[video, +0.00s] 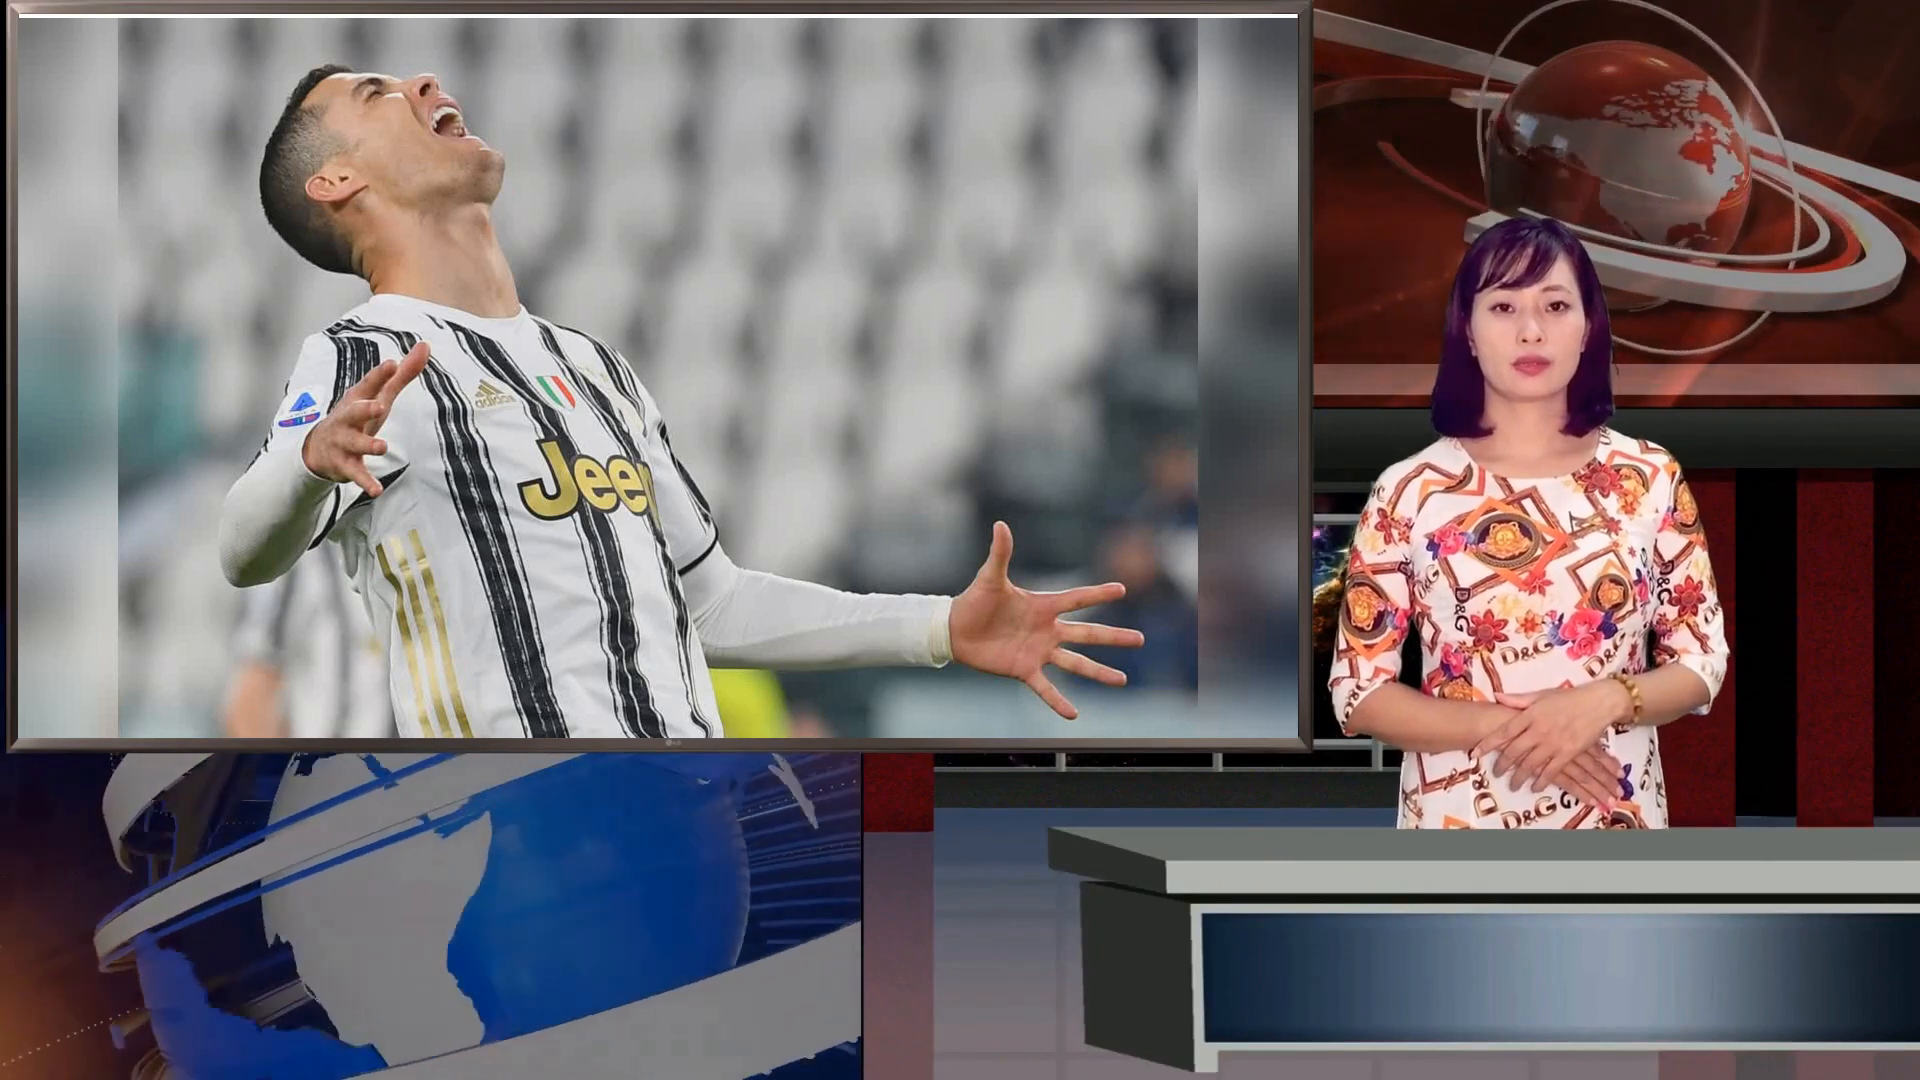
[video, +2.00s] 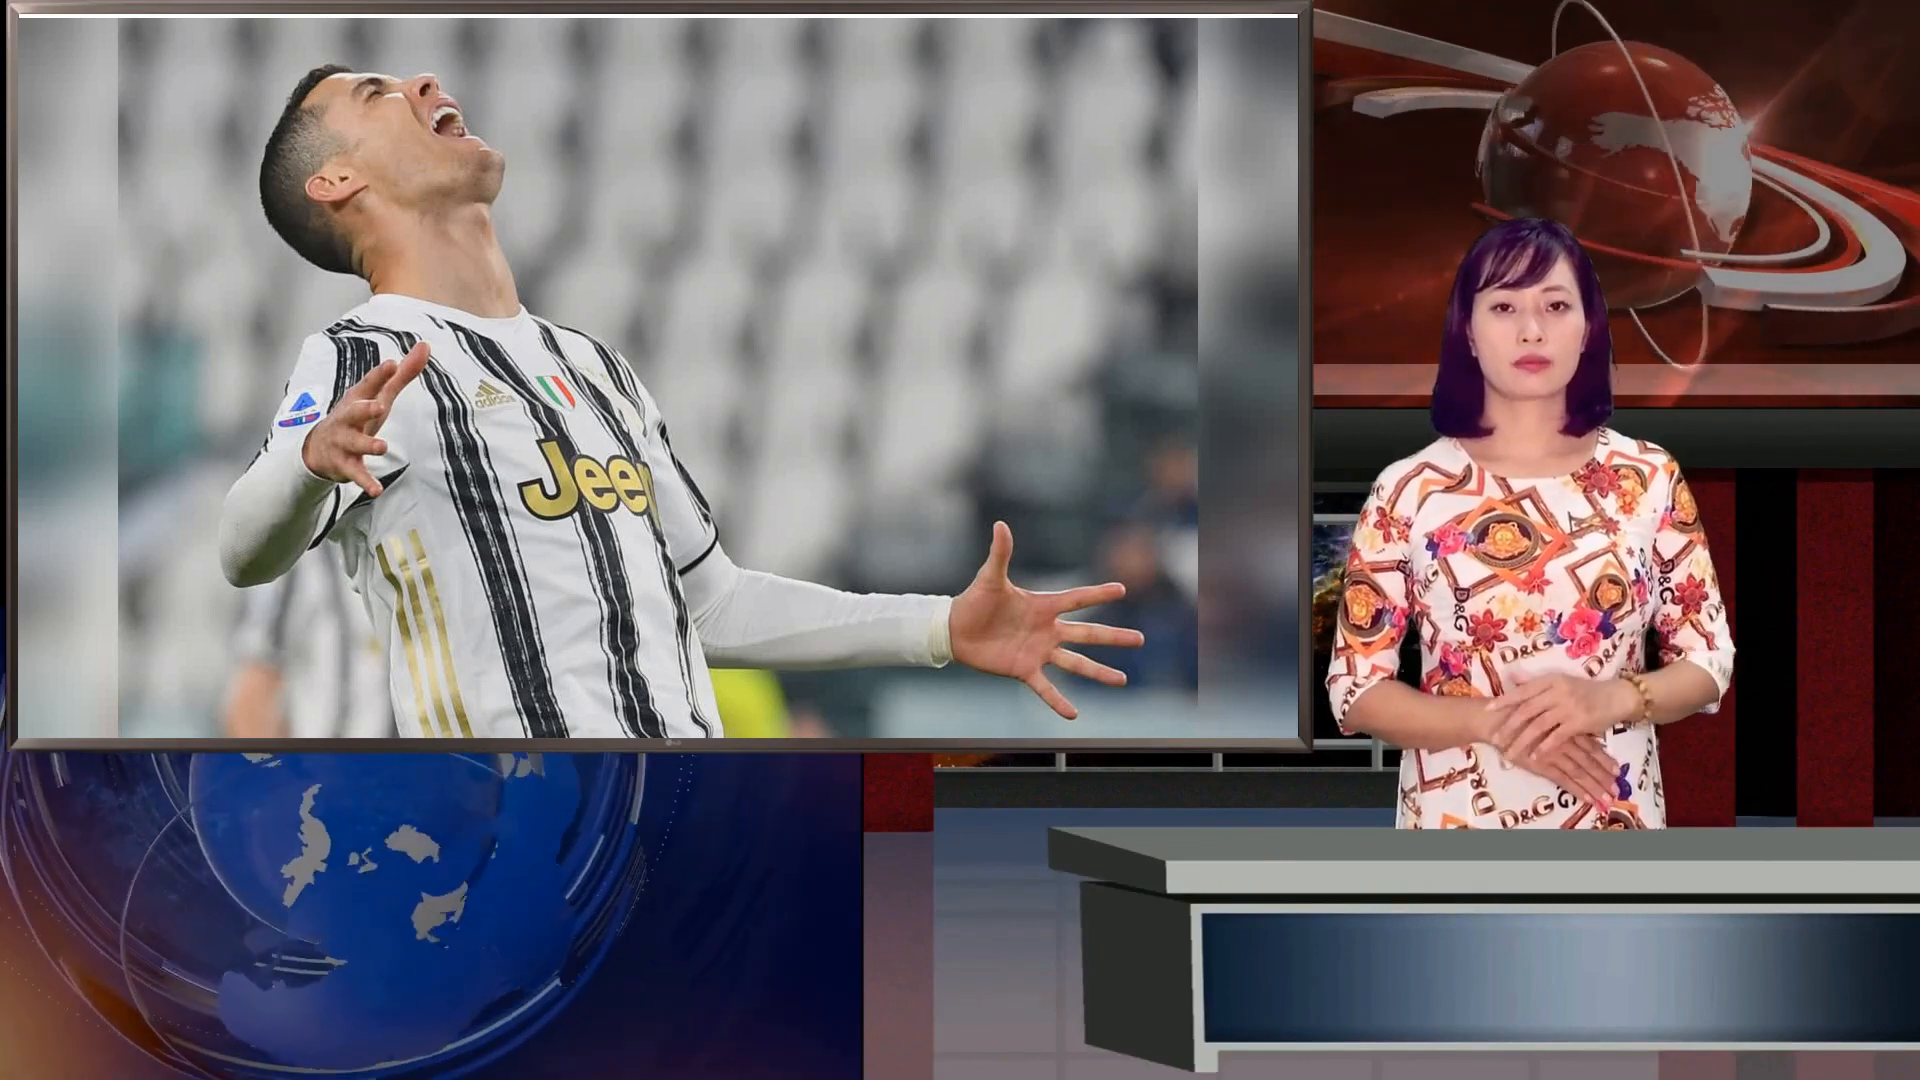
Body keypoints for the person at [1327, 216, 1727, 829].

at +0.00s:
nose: (1531, 330)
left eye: (1555, 306)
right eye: (1503, 307)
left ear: (1589, 326)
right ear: (1466, 328)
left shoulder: (1648, 478)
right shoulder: (1407, 492)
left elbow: (1702, 661)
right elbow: (1357, 691)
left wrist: (1604, 701)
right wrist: (1516, 731)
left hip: (1615, 830)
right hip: (1458, 830)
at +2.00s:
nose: (1531, 329)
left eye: (1556, 306)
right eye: (1503, 308)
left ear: (1588, 326)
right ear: (1467, 329)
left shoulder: (1647, 479)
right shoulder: (1407, 491)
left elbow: (1707, 660)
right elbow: (1355, 689)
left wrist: (1608, 700)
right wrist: (1492, 722)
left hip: (1613, 830)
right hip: (1457, 829)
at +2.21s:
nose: (1530, 330)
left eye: (1555, 306)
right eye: (1502, 308)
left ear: (1588, 326)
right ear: (1466, 330)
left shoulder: (1647, 478)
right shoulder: (1408, 491)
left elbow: (1708, 660)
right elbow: (1355, 688)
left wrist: (1602, 707)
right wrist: (1502, 726)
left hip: (1613, 830)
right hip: (1456, 829)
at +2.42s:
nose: (1529, 331)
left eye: (1554, 308)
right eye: (1502, 310)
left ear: (1588, 326)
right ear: (1466, 330)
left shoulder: (1648, 477)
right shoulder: (1408, 491)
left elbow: (1706, 656)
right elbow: (1355, 688)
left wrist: (1601, 711)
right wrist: (1501, 727)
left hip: (1612, 829)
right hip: (1457, 829)